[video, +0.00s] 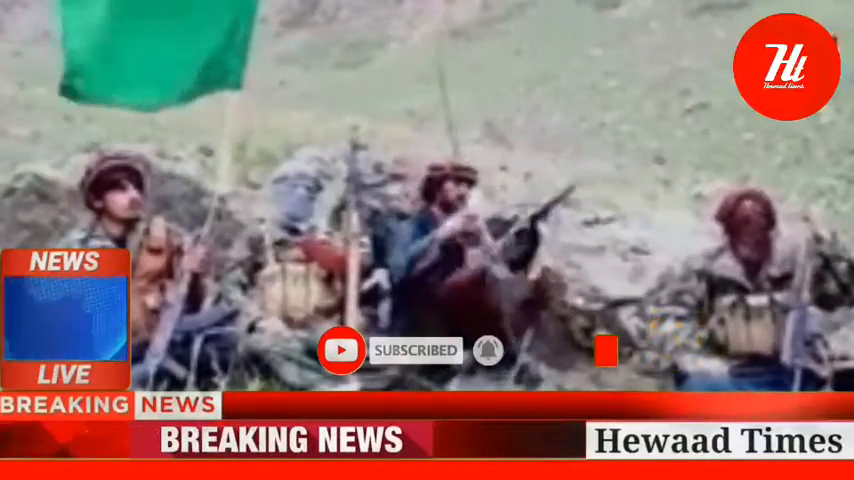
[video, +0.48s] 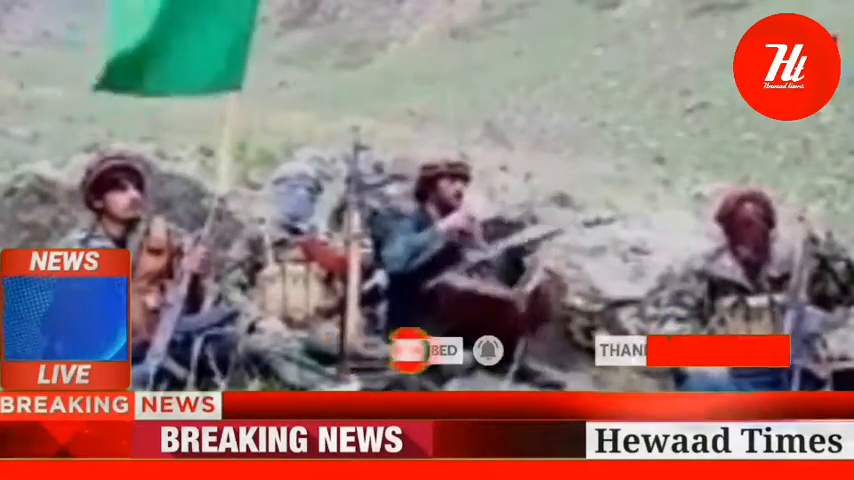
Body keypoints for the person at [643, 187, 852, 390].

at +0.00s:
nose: (752, 234)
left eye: (759, 226)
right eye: (743, 225)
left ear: (771, 228)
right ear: (729, 229)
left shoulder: (796, 265)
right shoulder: (702, 270)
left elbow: (841, 297)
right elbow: (666, 315)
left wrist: (820, 246)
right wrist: (693, 359)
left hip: (788, 366)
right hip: (726, 369)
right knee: (701, 386)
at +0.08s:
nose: (748, 230)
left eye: (755, 222)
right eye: (740, 222)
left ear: (769, 225)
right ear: (728, 227)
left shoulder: (796, 263)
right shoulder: (701, 269)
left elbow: (840, 298)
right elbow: (669, 315)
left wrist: (821, 245)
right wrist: (695, 360)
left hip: (789, 365)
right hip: (726, 368)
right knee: (703, 387)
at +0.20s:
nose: (747, 230)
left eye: (754, 222)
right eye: (739, 223)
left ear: (769, 226)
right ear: (728, 227)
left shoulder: (794, 264)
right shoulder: (704, 269)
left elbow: (837, 301)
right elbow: (675, 312)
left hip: (791, 363)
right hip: (730, 367)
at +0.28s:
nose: (746, 231)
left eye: (752, 223)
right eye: (739, 223)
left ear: (769, 226)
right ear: (728, 227)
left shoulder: (794, 263)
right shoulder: (703, 269)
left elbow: (835, 302)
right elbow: (673, 312)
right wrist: (691, 351)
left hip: (786, 358)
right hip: (724, 360)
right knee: (702, 382)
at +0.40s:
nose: (741, 231)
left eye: (750, 223)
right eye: (735, 223)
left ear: (768, 227)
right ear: (727, 228)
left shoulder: (795, 267)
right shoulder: (702, 271)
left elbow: (837, 302)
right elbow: (672, 312)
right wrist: (693, 352)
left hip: (788, 360)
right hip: (724, 362)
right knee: (702, 380)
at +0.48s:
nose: (743, 232)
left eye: (751, 224)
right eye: (736, 224)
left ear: (768, 228)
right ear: (727, 228)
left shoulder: (793, 269)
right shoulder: (701, 272)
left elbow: (838, 298)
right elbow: (671, 314)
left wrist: (817, 244)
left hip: (788, 364)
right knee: (703, 379)